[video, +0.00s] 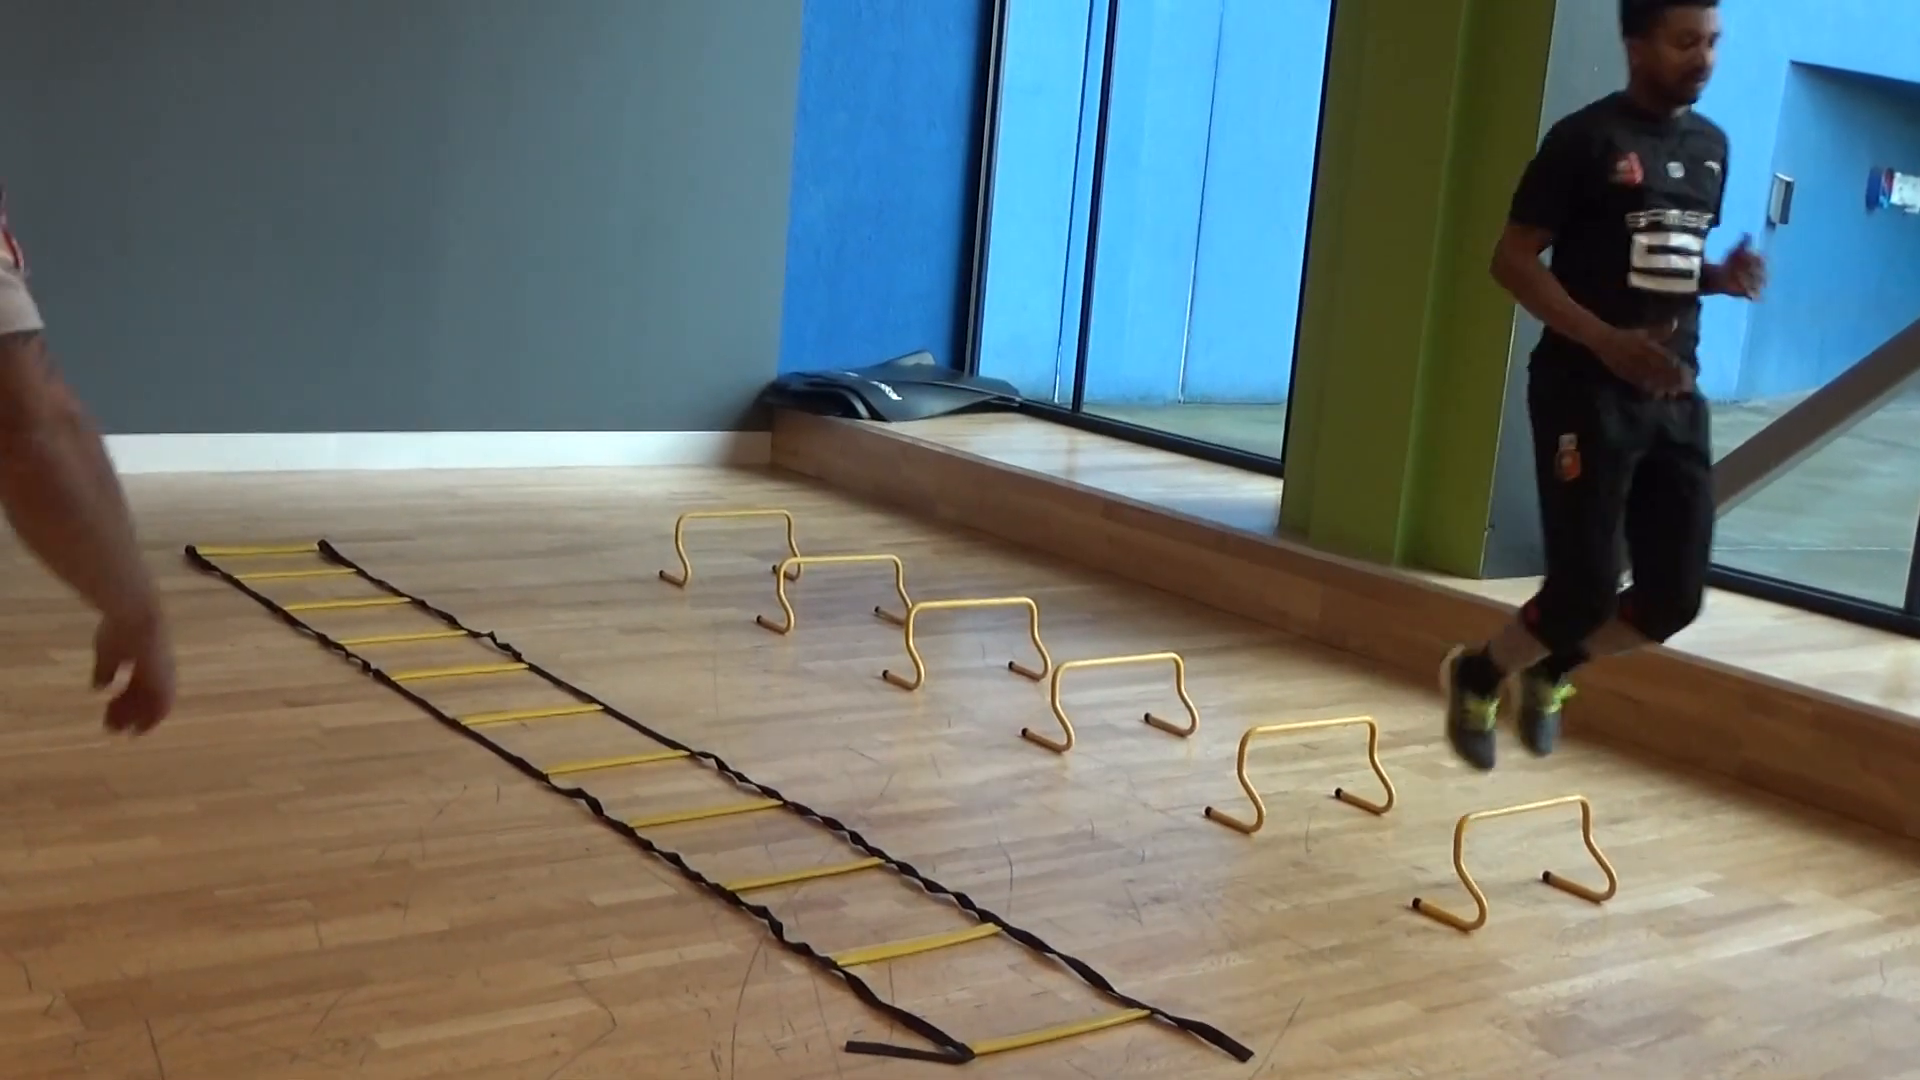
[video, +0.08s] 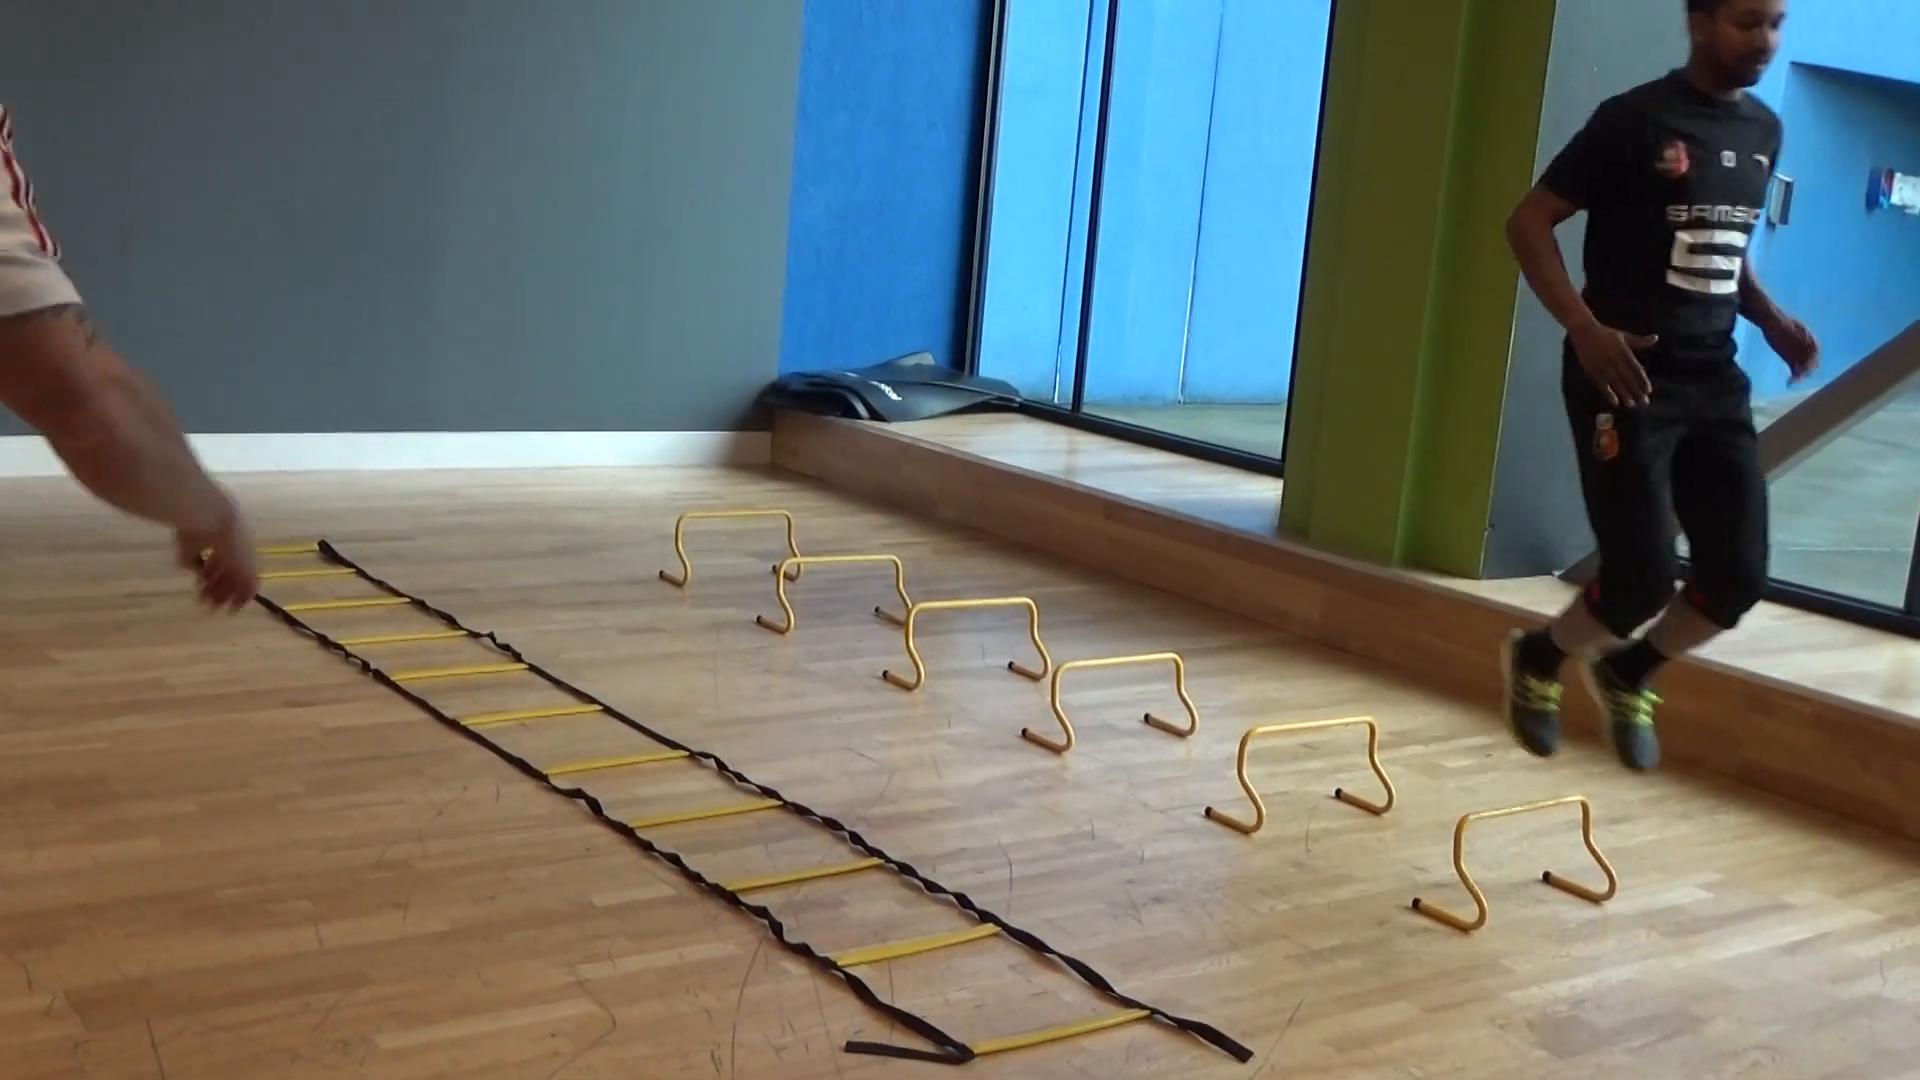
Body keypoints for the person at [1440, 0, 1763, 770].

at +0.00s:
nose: (1705, 58)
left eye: (1712, 42)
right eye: (1687, 41)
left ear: (1718, 43)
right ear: (1636, 46)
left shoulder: (1710, 147)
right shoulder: (1583, 141)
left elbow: (1664, 265)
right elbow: (1510, 261)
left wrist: (1721, 277)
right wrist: (1605, 338)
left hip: (1674, 392)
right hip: (1584, 387)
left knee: (1672, 597)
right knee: (1582, 593)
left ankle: (1550, 672)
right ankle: (1478, 672)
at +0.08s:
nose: (1768, 40)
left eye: (1776, 24)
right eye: (1750, 22)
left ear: (1782, 29)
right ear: (1699, 22)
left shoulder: (1764, 128)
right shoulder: (1635, 118)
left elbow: (1719, 246)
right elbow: (1528, 222)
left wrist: (1770, 318)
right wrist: (1582, 329)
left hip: (1715, 381)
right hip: (1625, 378)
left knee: (1734, 582)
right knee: (1639, 582)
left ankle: (1628, 671)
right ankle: (1539, 657)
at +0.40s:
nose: (1865, 238)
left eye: (1884, 222)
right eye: (1850, 220)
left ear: (1911, 231)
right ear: (1827, 224)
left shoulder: (1914, 340)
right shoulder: (1768, 328)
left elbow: (1905, 468)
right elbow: (1666, 429)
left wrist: (1915, 547)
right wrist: (1706, 561)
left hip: (1869, 593)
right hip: (1767, 593)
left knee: (1912, 790)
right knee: (1841, 791)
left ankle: (1803, 899)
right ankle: (1820, 978)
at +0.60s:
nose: (1805, 330)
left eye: (1826, 314)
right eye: (1803, 311)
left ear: (1892, 321)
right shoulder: (1785, 414)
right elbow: (1743, 552)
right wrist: (1837, 573)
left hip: (1913, 649)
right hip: (1818, 651)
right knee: (1844, 840)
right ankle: (1844, 978)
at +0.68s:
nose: (1765, 350)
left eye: (1782, 333)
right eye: (1767, 332)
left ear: (1846, 340)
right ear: (1825, 341)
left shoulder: (1916, 427)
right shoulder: (1767, 439)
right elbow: (1753, 557)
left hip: (1915, 674)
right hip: (1822, 676)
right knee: (1784, 852)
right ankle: (1868, 966)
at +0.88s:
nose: (1569, 292)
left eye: (1580, 273)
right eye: (1573, 273)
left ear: (1627, 280)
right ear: (1629, 281)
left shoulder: (1722, 364)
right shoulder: (1634, 381)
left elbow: (1796, 507)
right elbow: (1725, 515)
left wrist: (1641, 543)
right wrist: (1682, 611)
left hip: (1816, 630)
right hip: (1723, 625)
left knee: (1894, 855)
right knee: (1626, 802)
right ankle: (1771, 1001)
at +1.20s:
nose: (1246, 207)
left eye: (1254, 193)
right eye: (1249, 192)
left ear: (1282, 199)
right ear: (1310, 197)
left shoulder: (1321, 266)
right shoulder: (1326, 272)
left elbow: (1401, 339)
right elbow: (1367, 417)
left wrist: (1382, 497)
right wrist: (1282, 462)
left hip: (1380, 502)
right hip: (1443, 503)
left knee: (1242, 648)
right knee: (1457, 728)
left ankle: (1262, 864)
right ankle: (1616, 867)